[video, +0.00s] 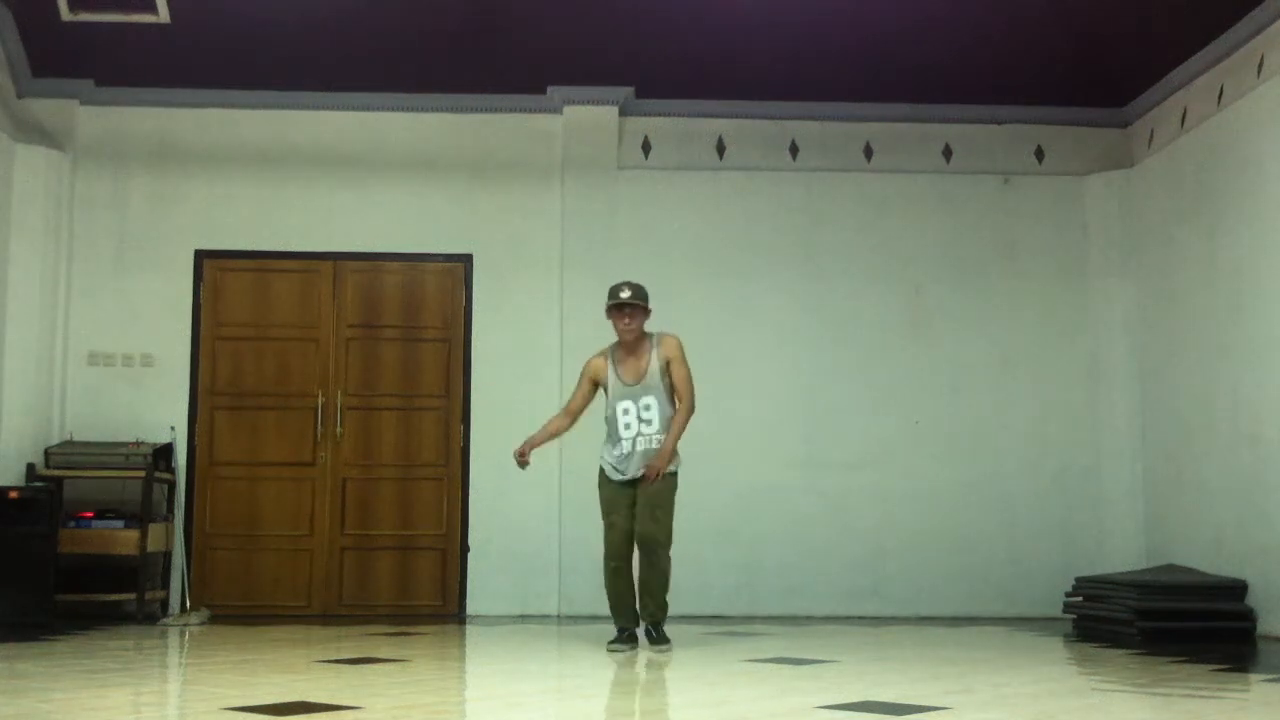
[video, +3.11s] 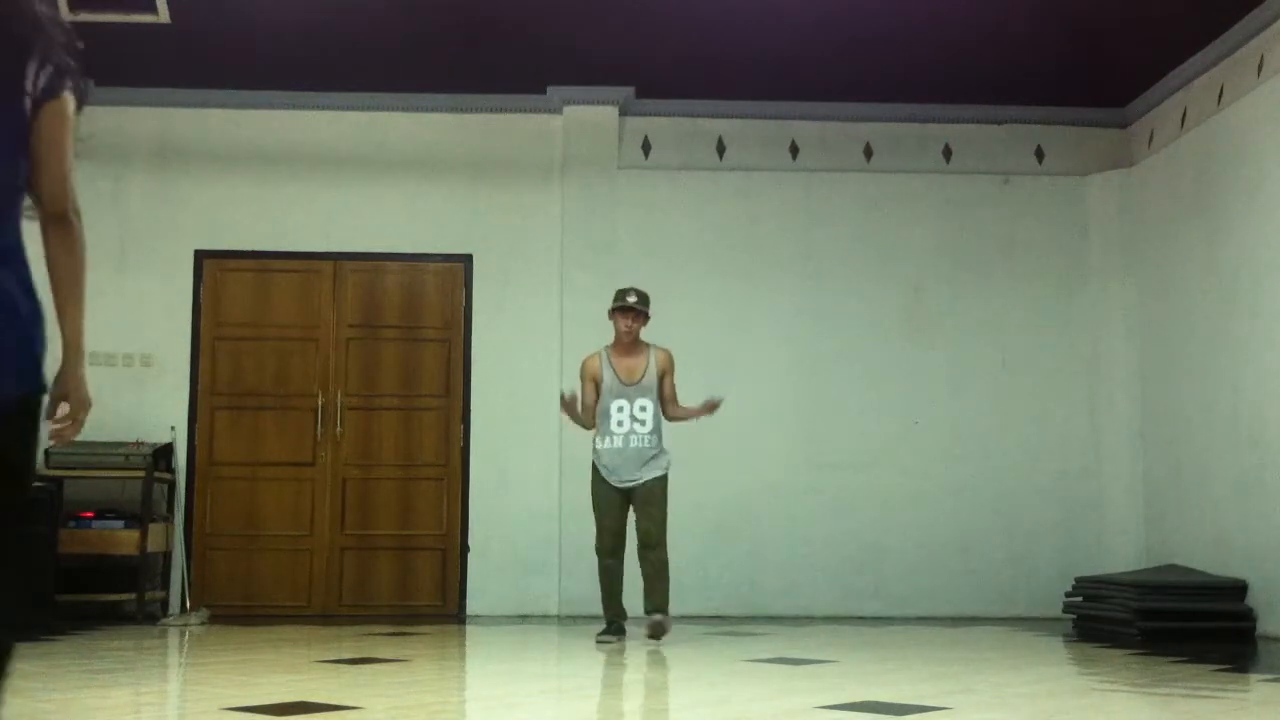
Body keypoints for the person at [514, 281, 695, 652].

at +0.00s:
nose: (626, 317)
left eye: (633, 310)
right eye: (619, 311)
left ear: (646, 314)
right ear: (610, 316)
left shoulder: (666, 348)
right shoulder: (599, 365)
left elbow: (686, 404)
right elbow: (568, 414)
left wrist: (665, 452)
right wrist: (531, 442)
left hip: (658, 467)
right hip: (615, 470)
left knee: (653, 544)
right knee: (617, 548)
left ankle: (654, 622)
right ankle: (626, 627)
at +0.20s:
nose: (628, 315)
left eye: (635, 309)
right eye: (621, 309)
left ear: (646, 312)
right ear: (611, 312)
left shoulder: (666, 345)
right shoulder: (596, 361)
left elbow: (685, 397)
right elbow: (591, 419)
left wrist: (667, 442)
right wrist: (572, 463)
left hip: (653, 463)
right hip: (610, 466)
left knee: (648, 541)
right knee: (614, 548)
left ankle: (647, 622)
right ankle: (624, 629)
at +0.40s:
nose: (639, 308)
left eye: (647, 303)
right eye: (633, 301)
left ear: (657, 307)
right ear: (622, 305)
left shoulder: (670, 344)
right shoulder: (601, 346)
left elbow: (675, 394)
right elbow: (603, 407)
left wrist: (670, 434)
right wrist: (626, 453)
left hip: (654, 458)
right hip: (611, 457)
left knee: (652, 540)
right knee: (614, 544)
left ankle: (649, 621)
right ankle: (622, 626)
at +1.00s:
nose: (653, 306)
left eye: (661, 300)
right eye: (647, 299)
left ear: (676, 306)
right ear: (639, 304)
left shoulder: (686, 358)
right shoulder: (621, 335)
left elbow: (681, 409)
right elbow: (576, 363)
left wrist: (679, 447)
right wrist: (594, 407)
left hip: (661, 464)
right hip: (617, 459)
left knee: (659, 548)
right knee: (620, 547)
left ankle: (654, 623)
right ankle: (626, 626)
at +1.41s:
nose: (628, 312)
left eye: (634, 306)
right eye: (626, 306)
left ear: (659, 306)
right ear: (628, 309)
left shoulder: (689, 349)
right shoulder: (624, 341)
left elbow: (698, 404)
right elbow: (601, 377)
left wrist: (676, 410)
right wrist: (578, 417)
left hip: (668, 467)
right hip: (624, 462)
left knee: (662, 550)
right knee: (623, 540)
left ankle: (655, 628)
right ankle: (626, 623)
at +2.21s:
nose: (636, 303)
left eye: (644, 297)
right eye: (630, 297)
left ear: (655, 304)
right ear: (621, 302)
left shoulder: (671, 351)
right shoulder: (601, 347)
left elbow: (677, 409)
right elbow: (590, 398)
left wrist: (677, 461)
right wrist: (595, 428)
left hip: (655, 463)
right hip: (612, 463)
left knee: (652, 545)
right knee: (618, 547)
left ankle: (652, 620)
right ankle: (628, 624)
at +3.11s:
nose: (628, 320)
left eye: (635, 315)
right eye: (622, 313)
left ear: (645, 320)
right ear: (612, 317)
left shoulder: (661, 359)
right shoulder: (594, 364)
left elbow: (670, 409)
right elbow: (589, 421)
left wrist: (697, 411)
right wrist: (573, 412)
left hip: (650, 470)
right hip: (607, 472)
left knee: (652, 544)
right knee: (608, 549)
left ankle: (657, 616)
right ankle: (613, 623)